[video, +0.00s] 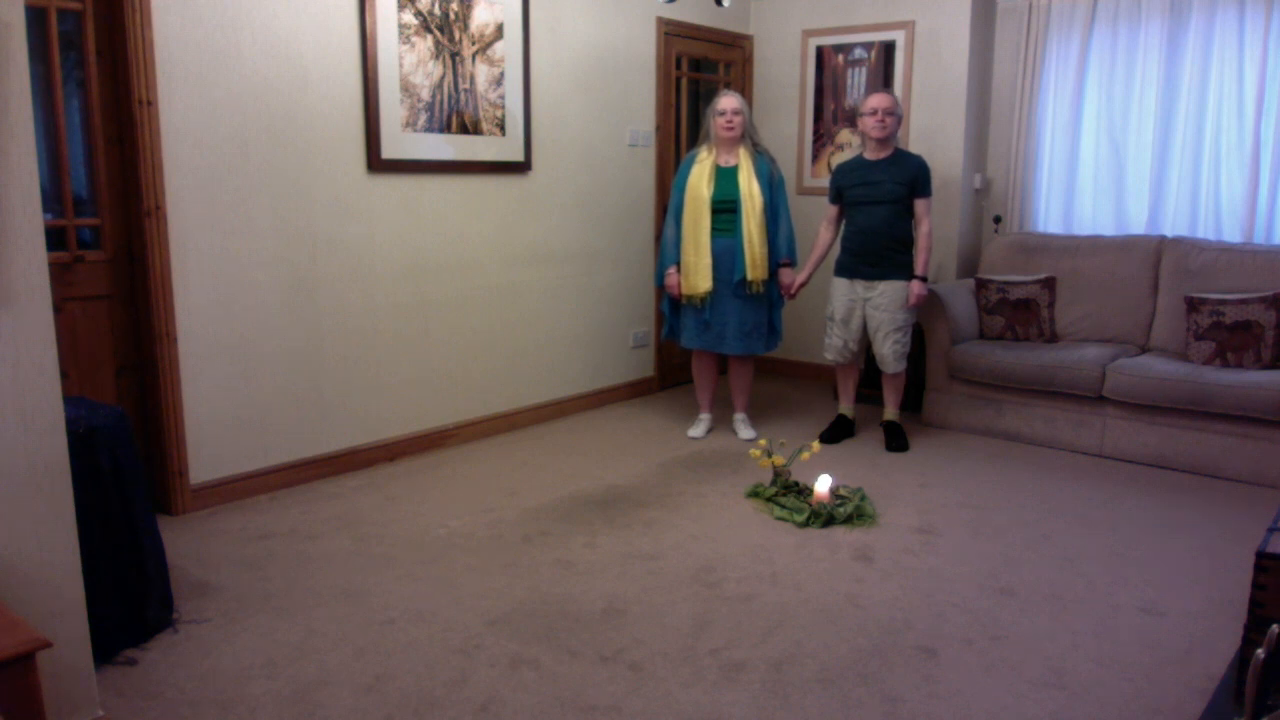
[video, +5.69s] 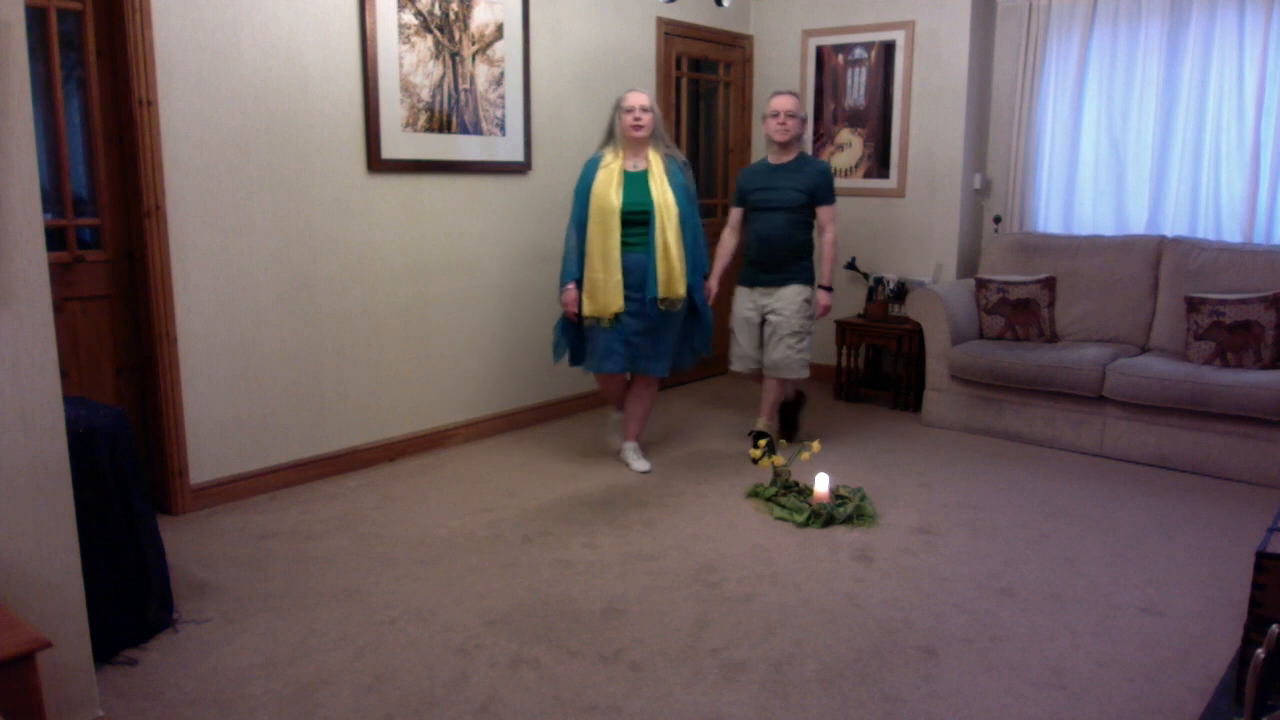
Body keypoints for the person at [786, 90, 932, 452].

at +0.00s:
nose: (881, 119)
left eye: (888, 113)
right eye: (873, 114)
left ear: (899, 121)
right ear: (859, 122)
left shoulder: (914, 167)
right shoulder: (843, 172)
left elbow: (923, 225)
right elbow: (829, 227)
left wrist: (920, 276)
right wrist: (805, 274)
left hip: (894, 279)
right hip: (849, 277)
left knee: (892, 355)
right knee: (844, 349)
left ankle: (892, 420)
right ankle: (845, 415)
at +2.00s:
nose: (882, 119)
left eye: (889, 113)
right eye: (874, 114)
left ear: (901, 121)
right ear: (861, 122)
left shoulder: (915, 166)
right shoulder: (845, 172)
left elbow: (924, 224)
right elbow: (831, 226)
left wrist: (921, 276)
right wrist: (806, 273)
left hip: (895, 278)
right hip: (850, 276)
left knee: (893, 355)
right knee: (845, 349)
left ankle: (892, 419)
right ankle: (845, 415)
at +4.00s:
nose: (886, 119)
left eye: (894, 113)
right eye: (879, 113)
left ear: (905, 120)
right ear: (866, 121)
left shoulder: (920, 167)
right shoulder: (850, 172)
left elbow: (929, 225)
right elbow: (835, 226)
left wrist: (926, 277)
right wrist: (811, 272)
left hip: (899, 279)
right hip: (854, 276)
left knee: (895, 355)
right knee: (847, 349)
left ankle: (892, 419)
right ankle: (844, 416)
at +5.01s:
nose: (834, 125)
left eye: (843, 120)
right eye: (827, 119)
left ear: (855, 127)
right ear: (816, 127)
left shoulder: (869, 171)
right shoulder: (806, 176)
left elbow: (884, 228)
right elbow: (786, 229)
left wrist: (885, 281)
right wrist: (759, 275)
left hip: (848, 280)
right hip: (807, 278)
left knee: (850, 354)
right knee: (806, 351)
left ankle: (871, 415)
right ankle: (817, 417)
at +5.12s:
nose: (824, 124)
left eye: (832, 118)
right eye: (817, 118)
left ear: (845, 125)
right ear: (807, 124)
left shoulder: (860, 170)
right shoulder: (796, 173)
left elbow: (873, 225)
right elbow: (777, 228)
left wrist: (873, 279)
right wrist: (750, 273)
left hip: (840, 277)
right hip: (800, 276)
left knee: (832, 347)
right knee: (803, 350)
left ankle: (842, 414)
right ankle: (815, 416)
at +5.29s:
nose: (808, 122)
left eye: (817, 116)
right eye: (801, 116)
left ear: (831, 123)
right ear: (791, 122)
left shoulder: (845, 168)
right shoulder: (781, 174)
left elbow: (858, 224)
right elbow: (764, 228)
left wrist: (859, 277)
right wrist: (740, 274)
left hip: (828, 273)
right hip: (791, 273)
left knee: (804, 348)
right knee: (799, 349)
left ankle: (786, 425)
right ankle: (817, 417)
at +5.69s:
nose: (782, 122)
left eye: (790, 116)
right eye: (775, 116)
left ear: (802, 124)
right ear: (764, 123)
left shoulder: (817, 172)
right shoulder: (749, 175)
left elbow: (827, 231)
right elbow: (731, 230)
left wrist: (825, 286)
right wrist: (715, 275)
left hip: (792, 285)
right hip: (750, 284)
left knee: (778, 361)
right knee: (751, 360)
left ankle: (763, 428)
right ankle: (789, 398)